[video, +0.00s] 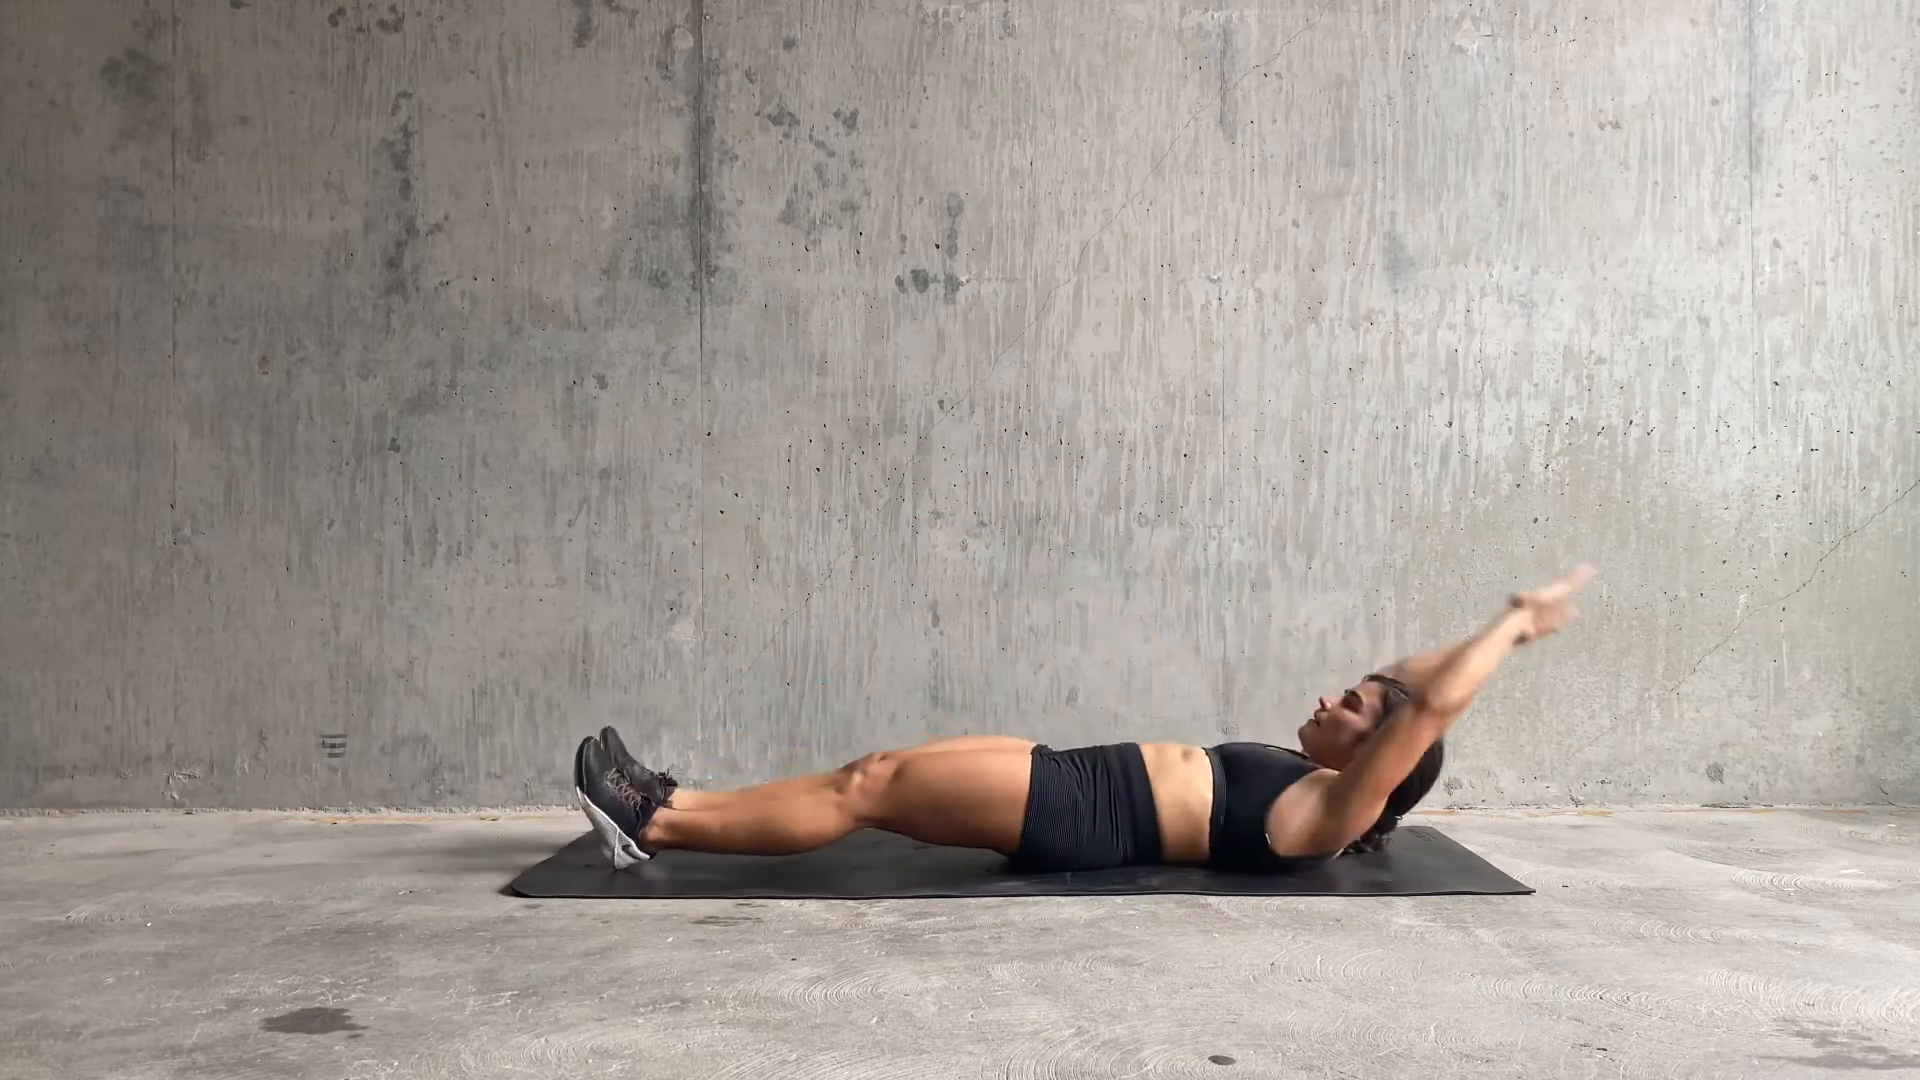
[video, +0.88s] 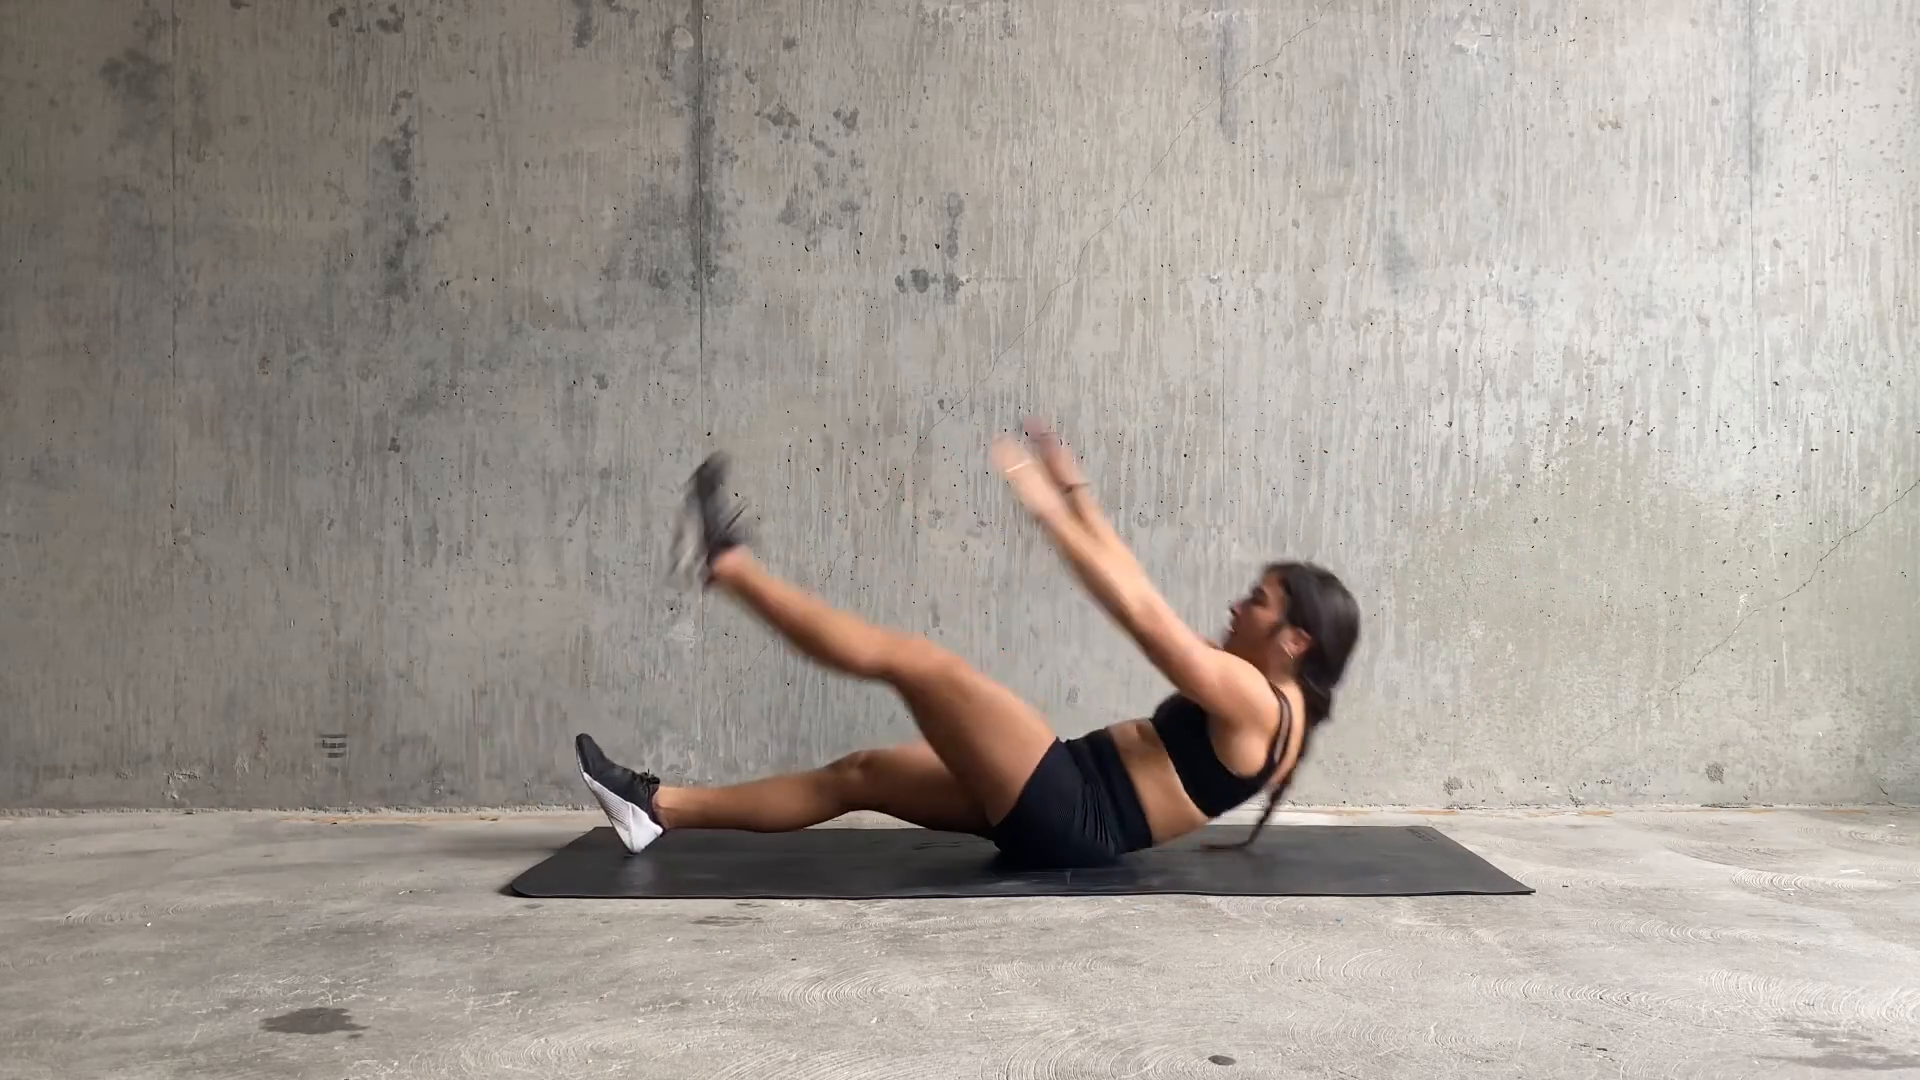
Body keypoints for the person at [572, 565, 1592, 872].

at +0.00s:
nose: (1338, 702)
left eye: (1358, 700)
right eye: (1352, 691)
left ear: (1380, 745)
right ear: (1361, 730)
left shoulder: (1324, 815)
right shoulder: (1313, 791)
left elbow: (1426, 708)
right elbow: (1410, 702)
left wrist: (1518, 628)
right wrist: (1500, 632)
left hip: (1089, 807)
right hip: (1089, 782)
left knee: (874, 785)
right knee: (874, 774)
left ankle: (659, 825)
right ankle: (668, 816)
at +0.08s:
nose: (1328, 697)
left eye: (1350, 697)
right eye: (1335, 684)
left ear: (1371, 735)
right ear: (1337, 709)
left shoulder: (1326, 813)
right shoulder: (1306, 779)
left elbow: (1391, 682)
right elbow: (1345, 666)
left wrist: (1453, 570)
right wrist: (1417, 584)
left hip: (1089, 808)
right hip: (1090, 781)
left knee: (876, 781)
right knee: (882, 771)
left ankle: (663, 817)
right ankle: (678, 807)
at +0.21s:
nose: (1296, 696)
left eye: (1315, 691)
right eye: (1308, 684)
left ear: (1354, 729)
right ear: (1347, 726)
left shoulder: (1307, 778)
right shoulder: (1305, 778)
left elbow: (1220, 654)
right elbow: (1228, 654)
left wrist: (1185, 535)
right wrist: (1192, 554)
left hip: (1085, 812)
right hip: (1085, 800)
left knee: (887, 753)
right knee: (876, 782)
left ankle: (667, 770)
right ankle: (672, 803)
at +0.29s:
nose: (1262, 659)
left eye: (1282, 656)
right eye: (1274, 647)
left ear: (1320, 692)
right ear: (1314, 686)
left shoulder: (1270, 745)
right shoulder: (1265, 730)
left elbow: (1145, 667)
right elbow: (1151, 657)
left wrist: (1041, 573)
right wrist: (1067, 558)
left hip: (1077, 812)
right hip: (1071, 808)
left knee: (891, 708)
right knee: (863, 772)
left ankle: (679, 663)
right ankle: (664, 811)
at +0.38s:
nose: (1220, 608)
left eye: (1236, 603)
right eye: (1228, 596)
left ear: (1276, 633)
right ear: (1265, 629)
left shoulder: (1243, 707)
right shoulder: (1215, 673)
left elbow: (1102, 665)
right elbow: (1089, 620)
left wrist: (978, 597)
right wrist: (998, 546)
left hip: (1069, 813)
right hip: (1059, 794)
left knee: (913, 664)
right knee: (856, 767)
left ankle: (732, 558)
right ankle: (655, 807)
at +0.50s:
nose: (1163, 554)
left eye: (1182, 549)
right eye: (1174, 542)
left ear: (1222, 582)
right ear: (1213, 577)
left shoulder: (1196, 662)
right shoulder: (1177, 634)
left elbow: (1051, 636)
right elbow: (1048, 582)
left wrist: (922, 581)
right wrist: (949, 505)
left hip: (1066, 815)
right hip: (1050, 791)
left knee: (957, 614)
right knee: (849, 761)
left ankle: (826, 455)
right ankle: (653, 807)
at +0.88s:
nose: (1238, 610)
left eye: (1257, 606)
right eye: (1249, 599)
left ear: (1296, 642)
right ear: (1294, 642)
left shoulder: (1256, 700)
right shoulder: (1261, 699)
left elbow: (1139, 619)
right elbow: (1150, 613)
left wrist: (1051, 514)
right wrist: (1086, 509)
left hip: (1074, 814)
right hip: (1066, 797)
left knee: (913, 660)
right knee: (863, 772)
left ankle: (725, 565)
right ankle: (656, 808)